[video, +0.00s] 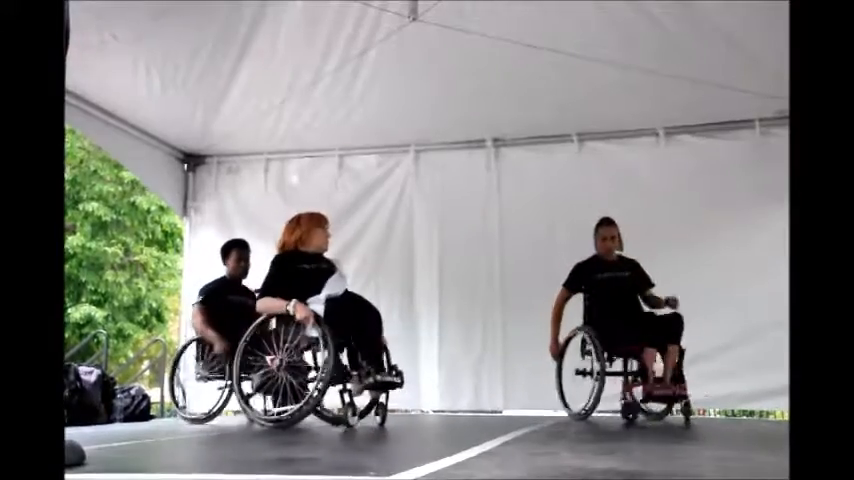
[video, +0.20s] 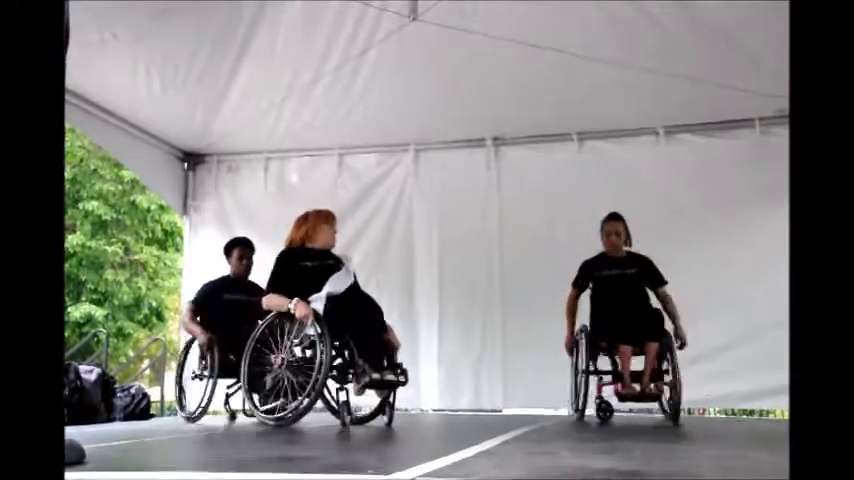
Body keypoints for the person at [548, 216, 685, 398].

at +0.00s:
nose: (609, 244)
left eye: (613, 238)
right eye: (603, 239)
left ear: (619, 239)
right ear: (595, 242)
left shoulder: (630, 266)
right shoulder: (584, 269)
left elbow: (648, 299)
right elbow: (560, 303)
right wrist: (554, 341)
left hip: (633, 326)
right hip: (603, 330)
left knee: (674, 320)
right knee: (649, 337)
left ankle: (667, 383)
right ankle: (648, 383)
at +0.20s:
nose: (612, 239)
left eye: (617, 234)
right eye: (608, 234)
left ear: (625, 237)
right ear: (601, 237)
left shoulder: (641, 263)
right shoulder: (591, 266)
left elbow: (663, 296)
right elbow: (573, 297)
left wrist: (677, 327)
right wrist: (570, 333)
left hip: (637, 321)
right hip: (606, 322)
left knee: (656, 318)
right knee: (624, 325)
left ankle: (646, 382)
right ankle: (627, 383)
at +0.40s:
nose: (614, 234)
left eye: (619, 229)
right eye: (609, 229)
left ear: (628, 230)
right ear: (604, 232)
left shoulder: (645, 259)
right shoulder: (594, 261)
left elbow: (663, 295)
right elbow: (580, 291)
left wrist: (673, 326)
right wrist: (577, 323)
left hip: (639, 316)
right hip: (608, 316)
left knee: (641, 325)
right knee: (612, 327)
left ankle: (633, 381)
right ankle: (612, 380)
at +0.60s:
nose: (614, 226)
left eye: (619, 220)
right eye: (609, 221)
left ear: (629, 222)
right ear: (604, 225)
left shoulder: (647, 253)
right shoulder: (595, 255)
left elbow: (662, 292)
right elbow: (578, 286)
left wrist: (674, 329)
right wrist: (575, 316)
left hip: (639, 312)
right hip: (607, 313)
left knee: (636, 319)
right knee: (605, 320)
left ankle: (632, 378)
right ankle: (612, 377)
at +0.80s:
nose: (621, 217)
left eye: (626, 212)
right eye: (615, 213)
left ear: (634, 218)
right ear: (608, 220)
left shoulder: (650, 249)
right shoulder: (597, 249)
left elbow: (669, 286)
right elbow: (574, 282)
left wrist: (686, 324)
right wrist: (576, 308)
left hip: (645, 309)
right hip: (611, 310)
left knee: (656, 330)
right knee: (627, 334)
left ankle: (651, 378)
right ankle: (630, 379)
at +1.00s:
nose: (633, 217)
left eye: (636, 212)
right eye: (627, 212)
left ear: (640, 217)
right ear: (613, 217)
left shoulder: (649, 246)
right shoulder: (604, 242)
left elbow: (679, 256)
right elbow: (589, 256)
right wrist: (601, 258)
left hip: (649, 310)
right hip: (616, 311)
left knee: (679, 303)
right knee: (649, 316)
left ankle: (672, 377)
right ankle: (651, 380)